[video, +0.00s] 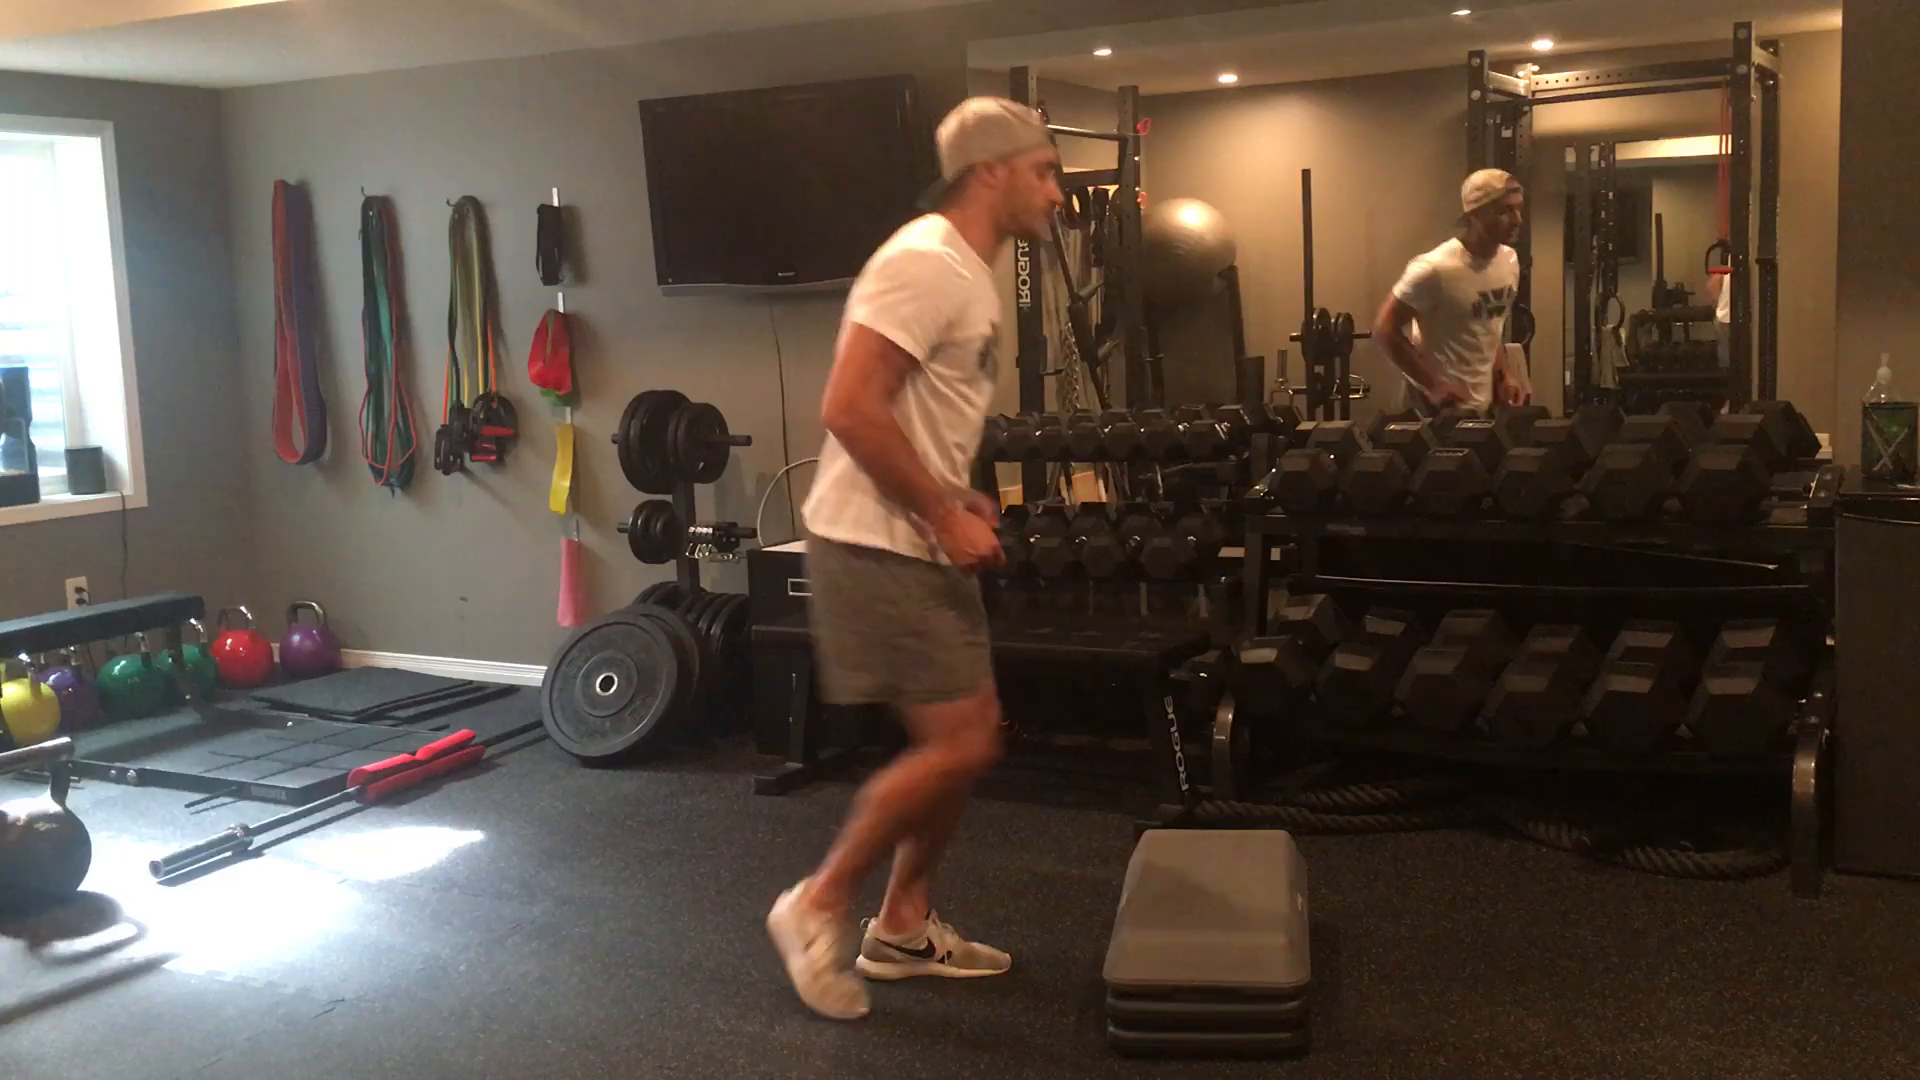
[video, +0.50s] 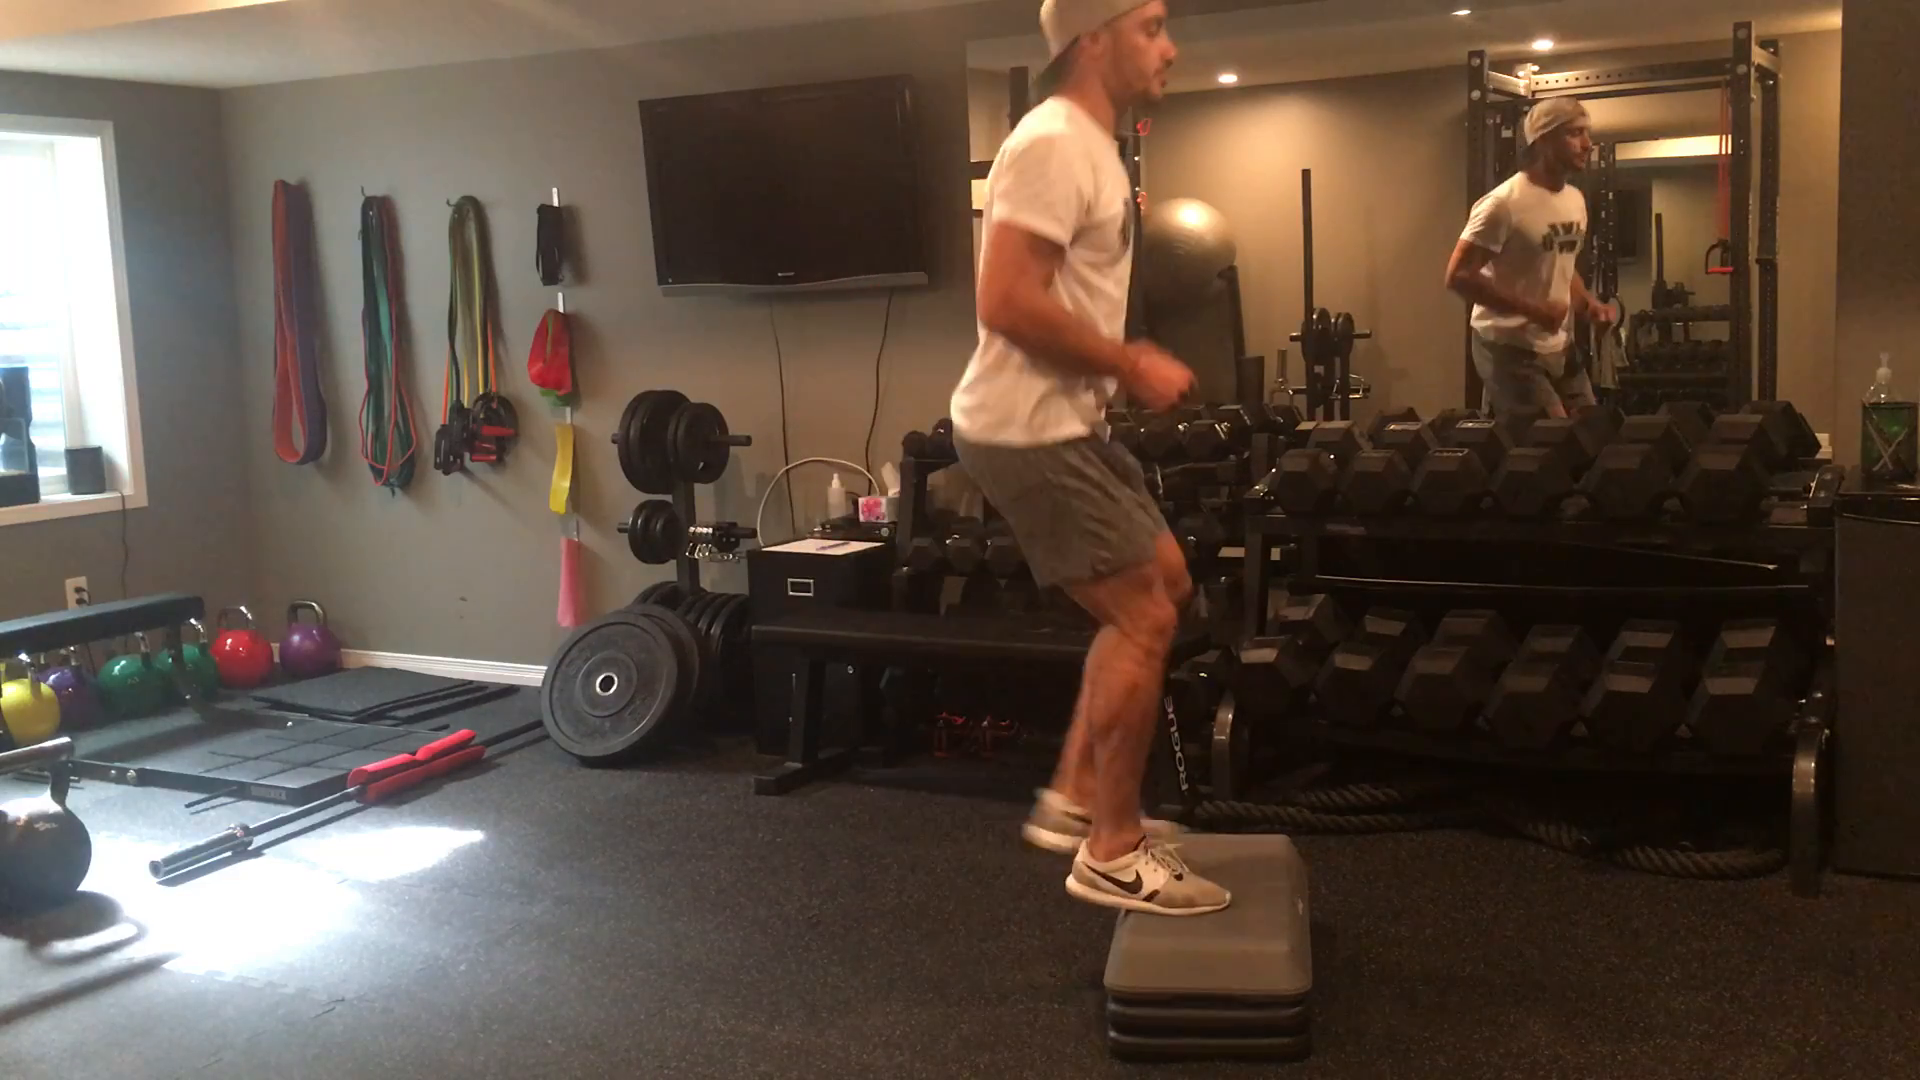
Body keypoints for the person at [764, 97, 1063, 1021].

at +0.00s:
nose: (1056, 192)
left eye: (1054, 174)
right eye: (1044, 173)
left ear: (995, 179)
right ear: (990, 176)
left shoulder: (970, 270)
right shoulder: (924, 261)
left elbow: (913, 413)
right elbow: (851, 405)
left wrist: (958, 498)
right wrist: (947, 512)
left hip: (918, 541)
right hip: (876, 542)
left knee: (959, 736)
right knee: (963, 737)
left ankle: (902, 926)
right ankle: (815, 905)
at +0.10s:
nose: (1086, 197)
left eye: (1085, 180)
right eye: (1073, 179)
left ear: (1021, 188)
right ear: (1018, 184)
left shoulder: (998, 284)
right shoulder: (951, 271)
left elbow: (944, 423)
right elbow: (848, 389)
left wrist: (1020, 481)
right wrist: (942, 501)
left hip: (927, 539)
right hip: (903, 541)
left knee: (973, 724)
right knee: (1079, 676)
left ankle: (906, 925)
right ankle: (914, 839)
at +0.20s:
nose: (1111, 131)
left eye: (1109, 113)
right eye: (1097, 112)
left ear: (1047, 127)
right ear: (1043, 125)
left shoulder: (1035, 228)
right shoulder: (973, 215)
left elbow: (967, 331)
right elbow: (859, 325)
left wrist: (1055, 361)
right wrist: (963, 425)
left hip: (951, 490)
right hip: (943, 494)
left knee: (962, 689)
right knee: (1133, 604)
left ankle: (915, 904)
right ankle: (1050, 817)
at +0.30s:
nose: (1137, 83)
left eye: (1134, 64)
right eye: (1120, 65)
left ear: (1072, 83)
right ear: (1062, 81)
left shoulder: (1057, 183)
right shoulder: (1003, 175)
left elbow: (1001, 296)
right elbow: (908, 303)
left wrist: (1081, 324)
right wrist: (1024, 396)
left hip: (976, 449)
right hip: (989, 450)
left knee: (1034, 642)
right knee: (1152, 606)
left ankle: (945, 853)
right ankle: (1114, 839)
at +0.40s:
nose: (1153, 74)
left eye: (1149, 56)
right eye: (1136, 55)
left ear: (1081, 74)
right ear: (1078, 71)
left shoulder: (1070, 172)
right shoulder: (1036, 174)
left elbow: (1016, 323)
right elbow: (974, 330)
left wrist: (1102, 375)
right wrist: (1097, 393)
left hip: (1040, 448)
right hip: (1024, 456)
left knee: (1124, 627)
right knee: (1161, 629)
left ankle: (993, 796)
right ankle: (1113, 853)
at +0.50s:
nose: (1170, 52)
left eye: (1168, 32)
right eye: (1154, 30)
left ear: (1102, 46)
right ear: (1093, 42)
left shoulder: (1090, 145)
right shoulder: (1053, 140)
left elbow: (1044, 297)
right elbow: (1008, 300)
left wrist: (1123, 361)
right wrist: (1130, 360)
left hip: (1061, 418)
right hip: (1027, 427)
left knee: (1164, 578)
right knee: (1143, 614)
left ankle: (1074, 795)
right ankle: (1111, 848)